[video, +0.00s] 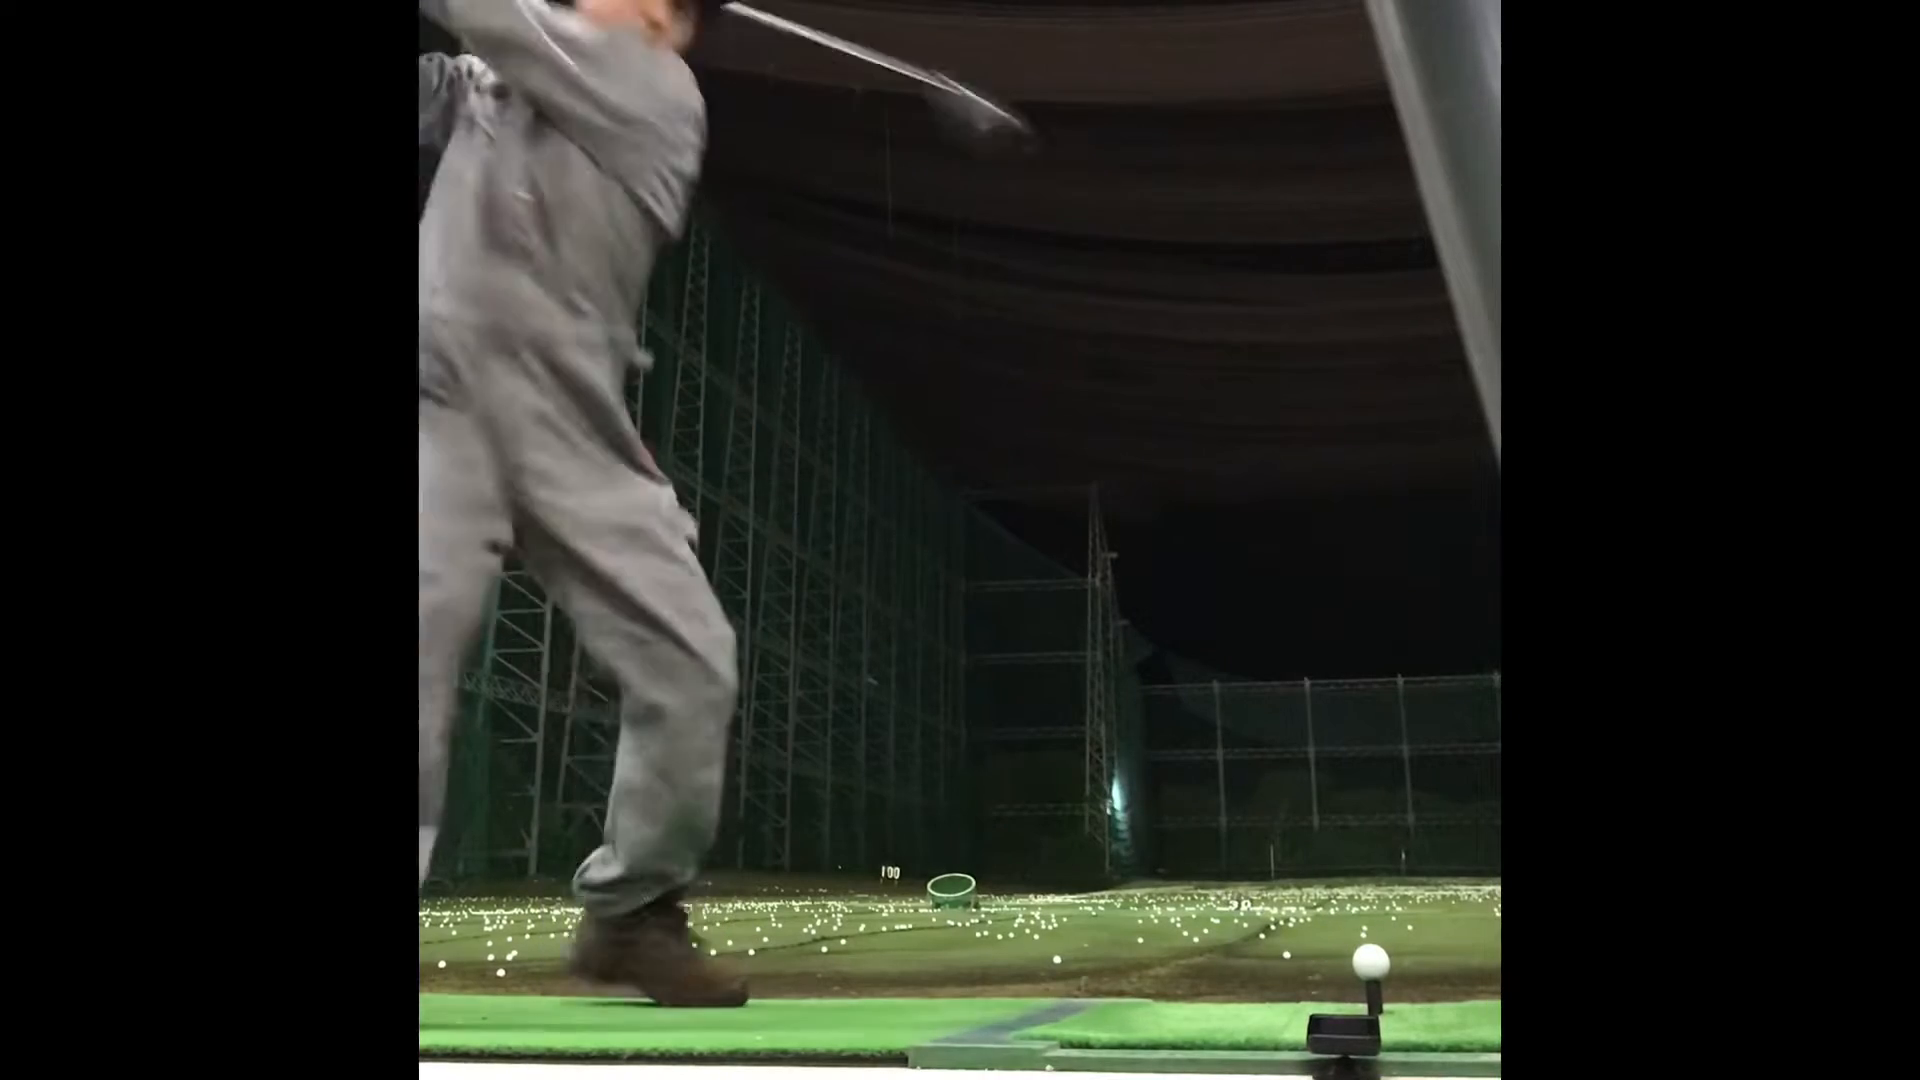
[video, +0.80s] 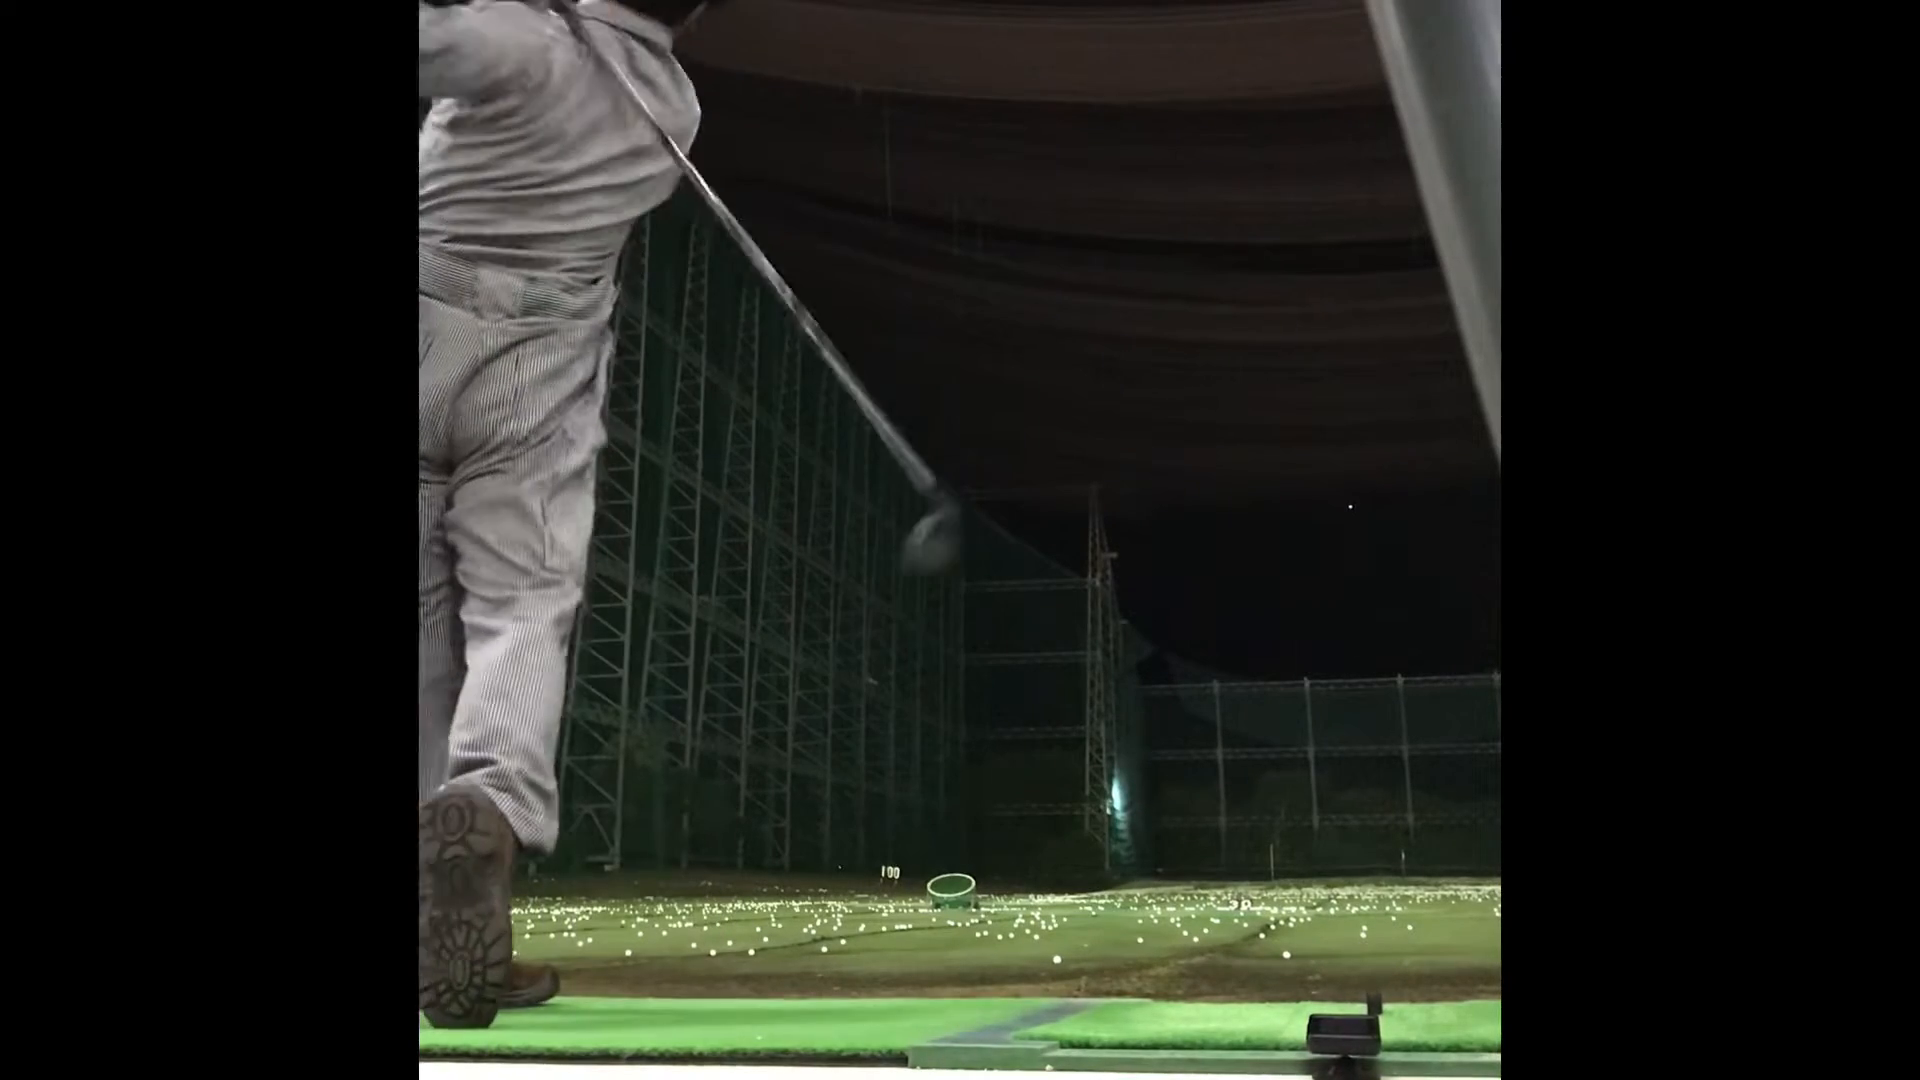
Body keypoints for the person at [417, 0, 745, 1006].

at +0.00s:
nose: (586, 10)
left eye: (615, 4)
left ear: (668, 21)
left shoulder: (660, 93)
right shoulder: (485, 78)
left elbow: (485, 18)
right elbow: (425, 76)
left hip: (578, 428)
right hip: (442, 410)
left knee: (689, 663)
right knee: (429, 631)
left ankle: (629, 915)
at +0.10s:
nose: (705, 86)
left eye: (717, 72)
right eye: (689, 55)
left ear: (727, 86)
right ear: (615, 29)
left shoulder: (711, 176)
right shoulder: (493, 127)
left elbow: (600, 139)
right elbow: (430, 112)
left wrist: (468, 37)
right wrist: (434, 55)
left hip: (593, 493)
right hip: (467, 450)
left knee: (696, 667)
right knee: (517, 635)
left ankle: (625, 933)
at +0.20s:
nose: (701, 62)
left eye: (710, 43)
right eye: (689, 36)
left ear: (646, 21)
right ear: (617, 9)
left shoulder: (655, 95)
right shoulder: (539, 96)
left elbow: (712, 219)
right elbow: (608, 283)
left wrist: (763, 343)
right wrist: (729, 400)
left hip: (559, 396)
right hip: (485, 385)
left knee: (598, 621)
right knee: (519, 604)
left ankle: (623, 909)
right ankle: (426, 872)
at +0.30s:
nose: (730, 63)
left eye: (741, 43)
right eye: (729, 37)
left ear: (646, 8)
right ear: (661, 9)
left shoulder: (524, 17)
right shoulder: (640, 131)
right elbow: (705, 244)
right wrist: (735, 278)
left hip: (467, 344)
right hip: (532, 368)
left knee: (482, 607)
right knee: (480, 611)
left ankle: (466, 906)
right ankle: (466, 912)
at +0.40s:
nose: (759, 72)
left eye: (772, 55)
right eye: (766, 49)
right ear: (732, 30)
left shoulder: (527, 12)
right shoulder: (725, 132)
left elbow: (425, 36)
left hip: (435, 322)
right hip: (564, 356)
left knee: (440, 605)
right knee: (510, 599)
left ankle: (459, 924)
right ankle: (423, 865)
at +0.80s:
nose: (692, 25)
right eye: (694, 19)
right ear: (683, 15)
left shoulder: (507, 37)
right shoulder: (671, 107)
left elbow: (433, 39)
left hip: (434, 328)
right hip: (542, 358)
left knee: (435, 627)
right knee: (522, 607)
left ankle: (454, 941)